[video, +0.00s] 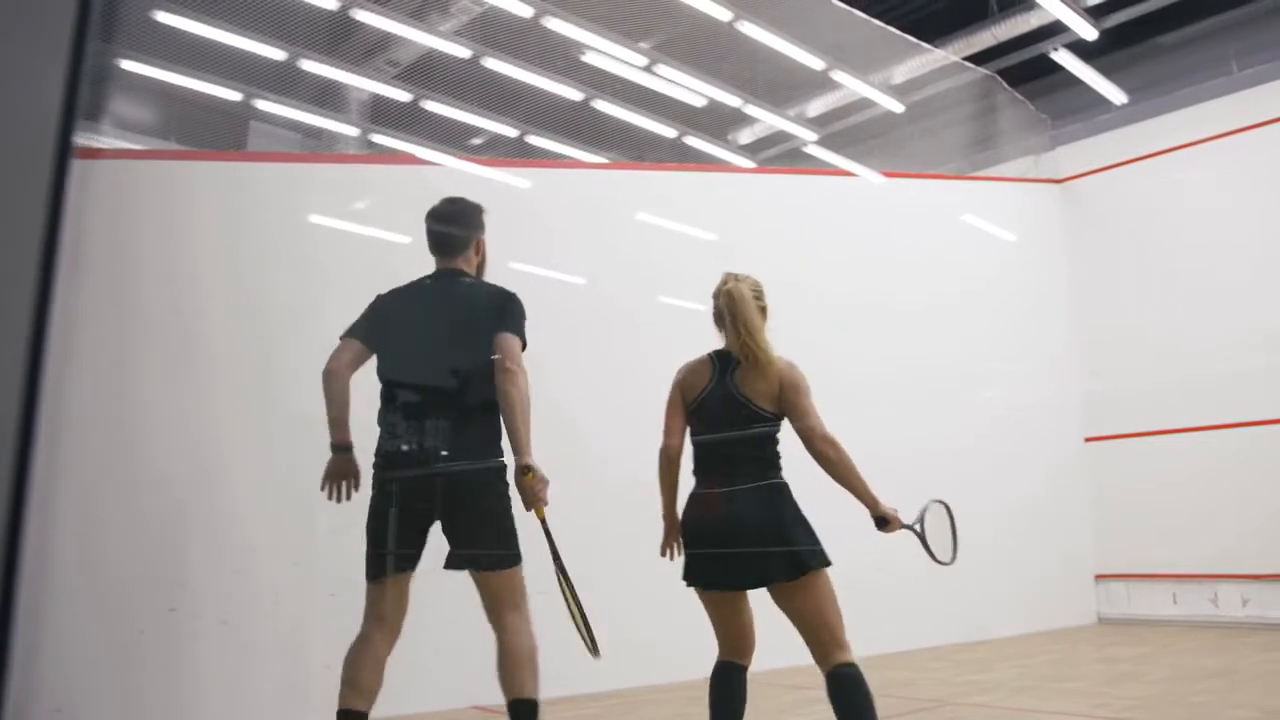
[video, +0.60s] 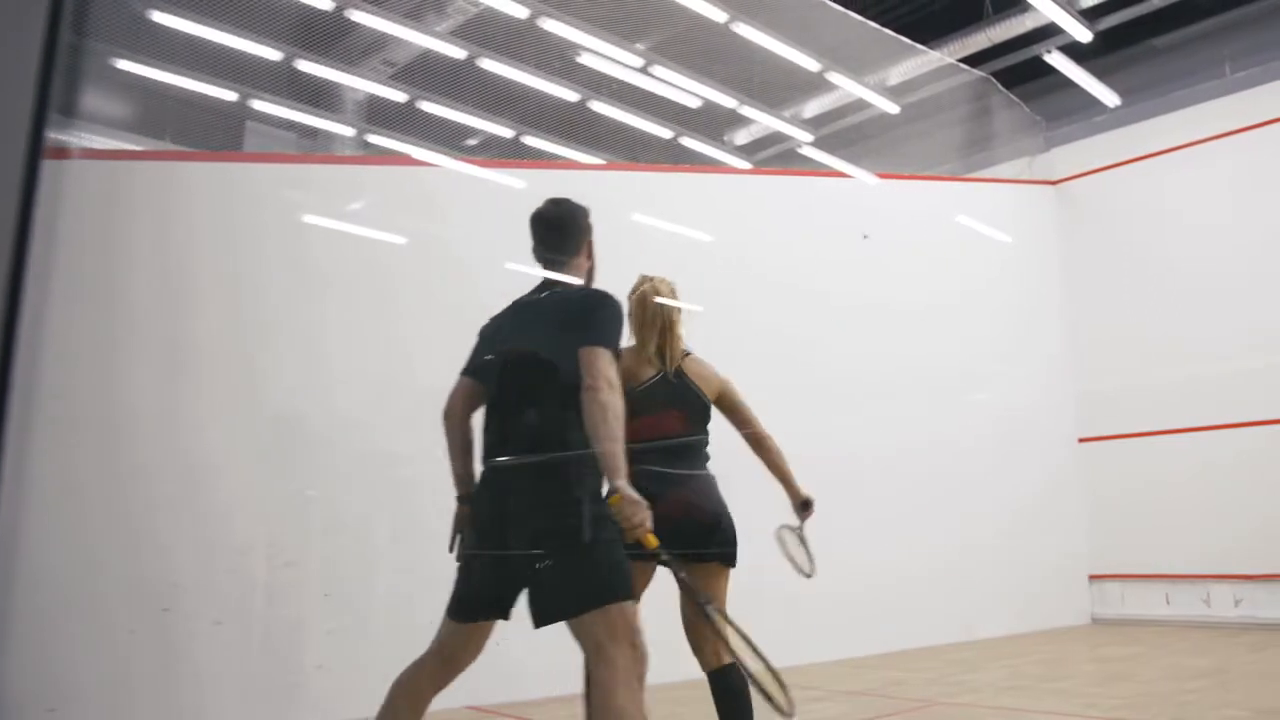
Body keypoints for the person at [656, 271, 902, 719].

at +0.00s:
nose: (763, 316)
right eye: (763, 308)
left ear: (716, 317)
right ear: (763, 313)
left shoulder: (689, 376)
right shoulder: (781, 373)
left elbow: (670, 450)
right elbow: (819, 442)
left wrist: (669, 517)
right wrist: (874, 504)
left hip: (708, 526)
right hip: (772, 520)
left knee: (733, 649)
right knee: (833, 650)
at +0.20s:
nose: (738, 308)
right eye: (737, 300)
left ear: (689, 305)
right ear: (736, 304)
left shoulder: (662, 363)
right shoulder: (756, 362)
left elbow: (641, 437)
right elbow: (802, 429)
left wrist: (636, 497)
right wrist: (852, 486)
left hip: (682, 513)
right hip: (746, 506)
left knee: (707, 641)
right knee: (782, 637)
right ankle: (808, 715)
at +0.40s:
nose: (712, 299)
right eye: (711, 292)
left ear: (662, 299)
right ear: (709, 298)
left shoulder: (641, 350)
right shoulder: (738, 356)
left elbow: (623, 426)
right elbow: (792, 422)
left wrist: (605, 484)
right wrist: (831, 475)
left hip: (657, 495)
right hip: (722, 492)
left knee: (667, 632)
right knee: (733, 630)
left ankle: (671, 717)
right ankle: (755, 716)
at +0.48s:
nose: (651, 310)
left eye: (652, 302)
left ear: (651, 305)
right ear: (698, 306)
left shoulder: (633, 354)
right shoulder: (726, 361)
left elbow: (616, 428)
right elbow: (782, 426)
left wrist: (590, 490)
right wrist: (821, 480)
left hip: (648, 497)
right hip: (713, 495)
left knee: (645, 633)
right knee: (721, 631)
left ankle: (647, 717)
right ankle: (746, 716)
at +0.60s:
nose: (638, 322)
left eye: (634, 313)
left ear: (633, 318)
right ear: (678, 317)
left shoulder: (613, 370)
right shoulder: (699, 370)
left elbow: (589, 438)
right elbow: (754, 433)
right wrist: (794, 490)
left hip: (637, 505)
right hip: (701, 506)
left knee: (609, 628)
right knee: (710, 633)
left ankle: (611, 711)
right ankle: (740, 714)